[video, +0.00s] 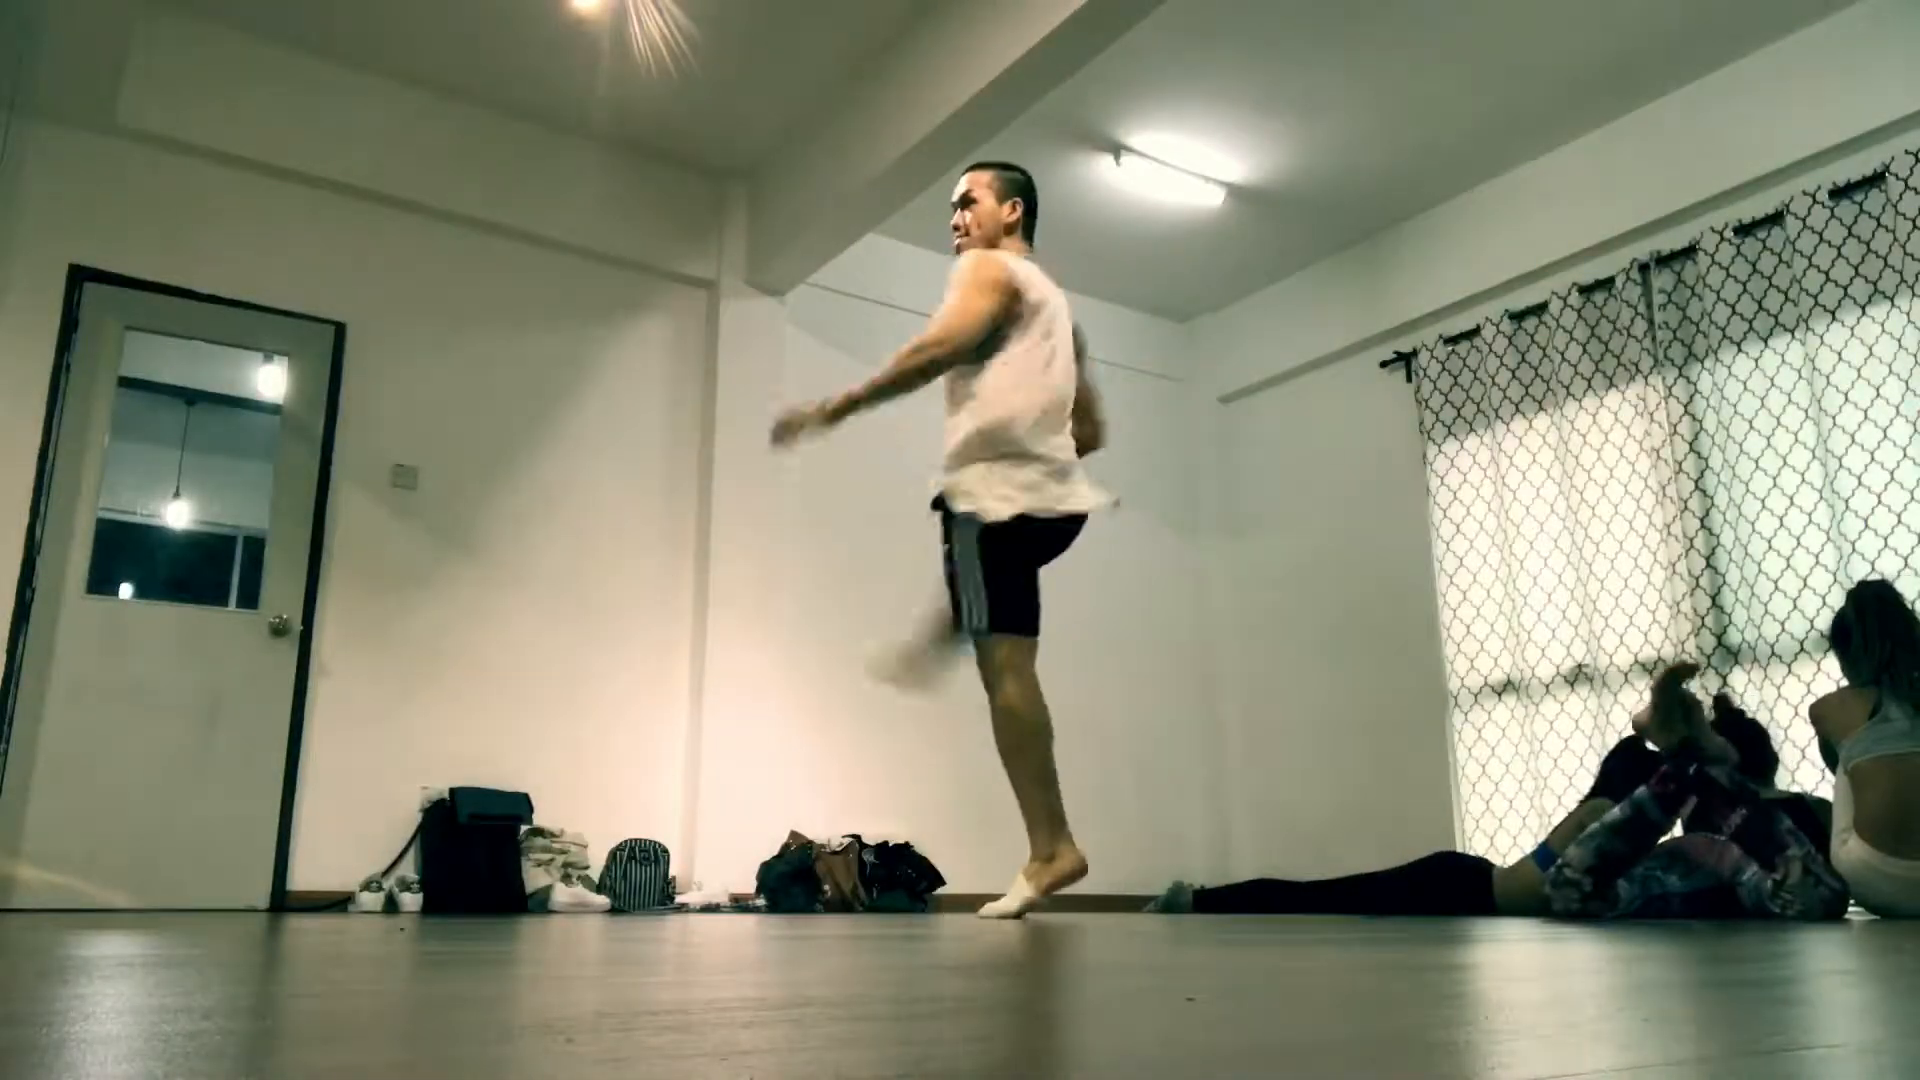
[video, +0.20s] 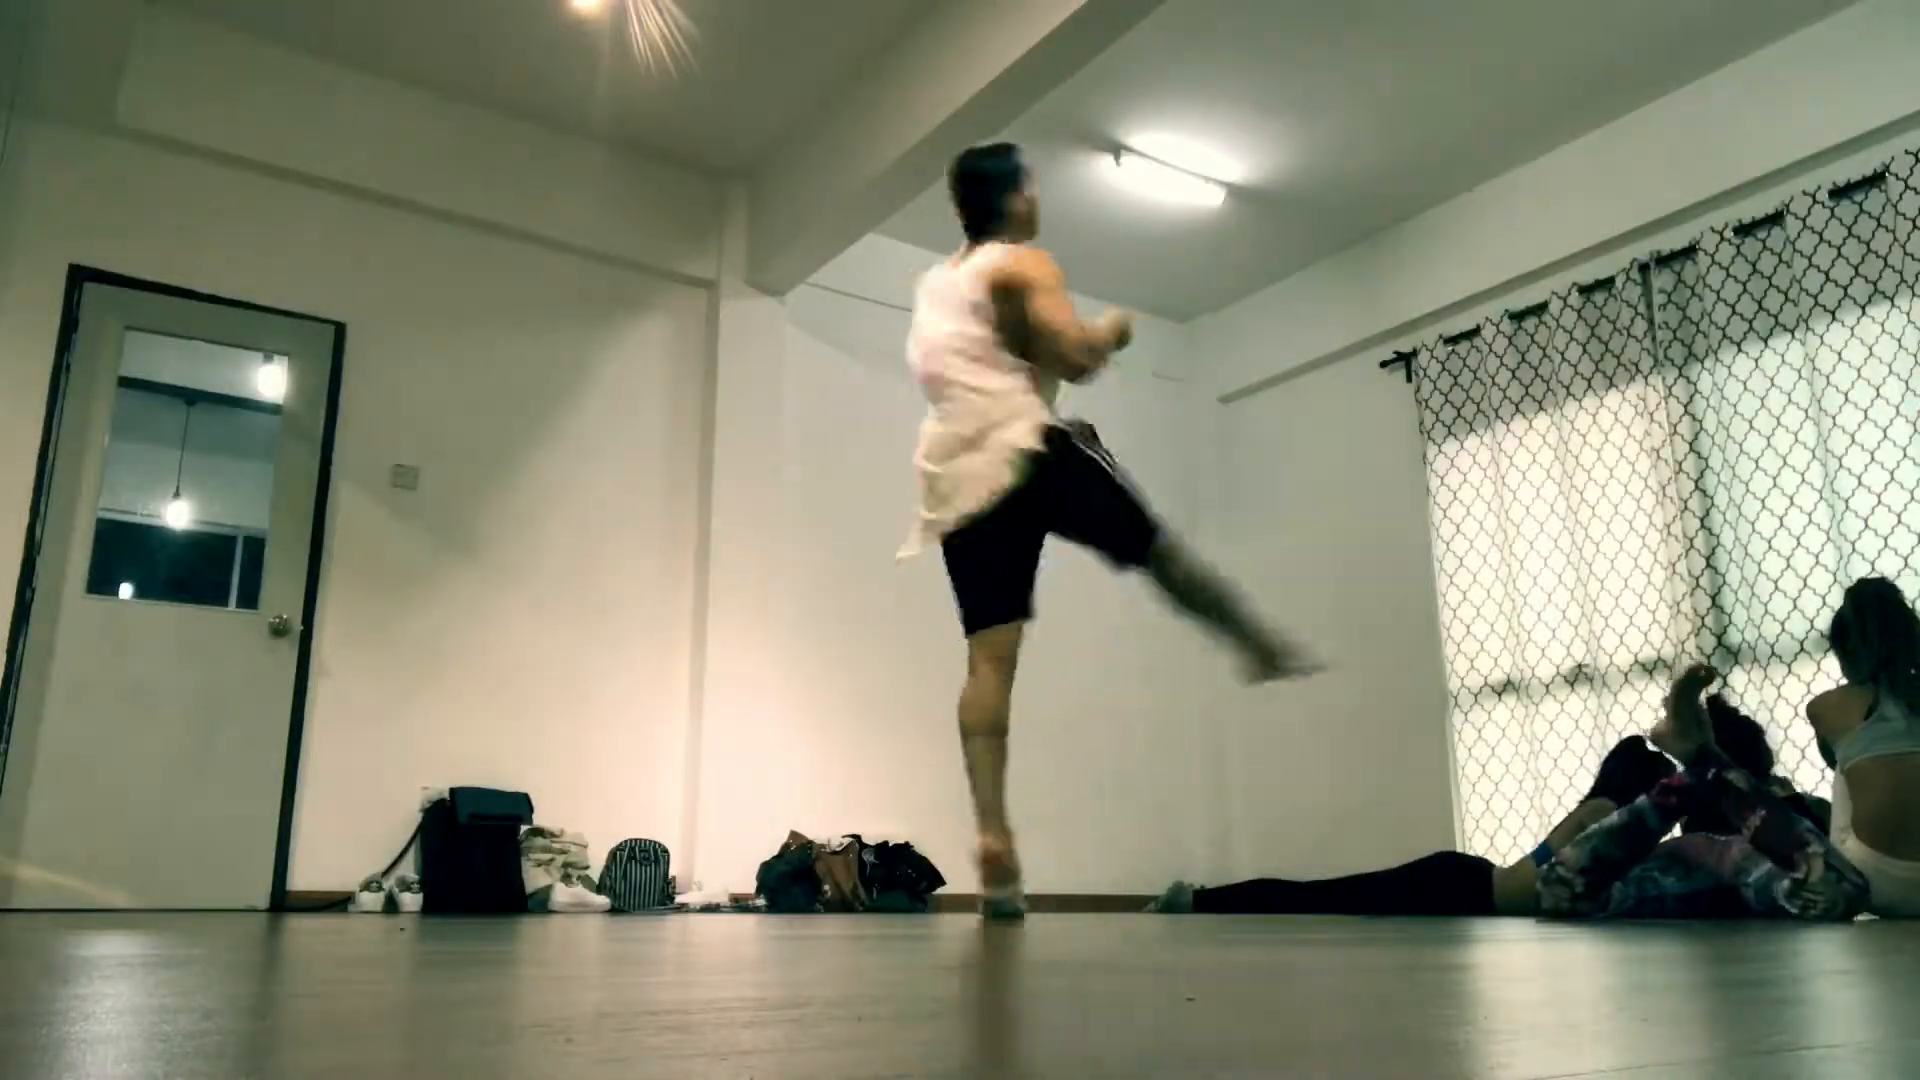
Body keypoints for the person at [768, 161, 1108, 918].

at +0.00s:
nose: (955, 217)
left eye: (969, 202)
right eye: (955, 206)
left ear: (1015, 212)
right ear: (1015, 220)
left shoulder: (988, 267)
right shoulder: (1052, 302)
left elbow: (940, 348)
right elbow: (1088, 430)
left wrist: (830, 410)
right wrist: (1001, 454)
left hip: (995, 503)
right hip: (1055, 504)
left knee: (1009, 675)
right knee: (979, 556)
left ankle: (1051, 850)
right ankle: (923, 657)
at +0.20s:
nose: (1036, 200)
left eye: (1031, 187)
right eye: (1029, 189)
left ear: (963, 207)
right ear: (1014, 199)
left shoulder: (935, 285)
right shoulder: (1021, 265)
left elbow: (974, 367)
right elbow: (1073, 356)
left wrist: (1057, 352)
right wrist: (1112, 331)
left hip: (960, 493)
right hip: (1033, 463)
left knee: (989, 663)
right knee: (1157, 552)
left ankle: (991, 835)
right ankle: (1261, 647)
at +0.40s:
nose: (971, 265)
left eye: (982, 248)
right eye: (964, 257)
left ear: (1028, 253)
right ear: (965, 272)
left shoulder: (1086, 336)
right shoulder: (965, 333)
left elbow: (1169, 385)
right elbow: (940, 375)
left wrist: (1237, 427)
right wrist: (923, 373)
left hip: (1052, 512)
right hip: (976, 503)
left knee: (1053, 697)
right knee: (1072, 500)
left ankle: (1019, 875)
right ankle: (1181, 500)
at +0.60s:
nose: (986, 229)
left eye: (1000, 214)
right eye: (982, 221)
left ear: (1048, 223)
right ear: (995, 240)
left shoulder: (1109, 276)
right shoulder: (994, 338)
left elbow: (1232, 256)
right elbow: (909, 394)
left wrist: (1344, 237)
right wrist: (825, 420)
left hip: (1104, 513)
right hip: (1021, 489)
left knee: (1066, 692)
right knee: (887, 486)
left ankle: (1027, 873)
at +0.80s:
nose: (990, 196)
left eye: (1004, 181)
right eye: (988, 186)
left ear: (1050, 186)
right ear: (1028, 196)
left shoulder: (1060, 234)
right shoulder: (1052, 255)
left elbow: (1078, 271)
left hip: (1078, 466)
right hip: (1063, 467)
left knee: (1083, 661)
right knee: (984, 538)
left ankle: (1103, 847)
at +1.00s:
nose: (1073, 200)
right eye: (1075, 188)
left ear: (1004, 201)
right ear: (1071, 194)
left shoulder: (968, 276)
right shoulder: (1087, 252)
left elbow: (956, 384)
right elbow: (1154, 335)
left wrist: (1015, 348)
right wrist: (1149, 340)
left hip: (1025, 494)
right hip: (1113, 461)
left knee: (1047, 670)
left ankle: (1067, 853)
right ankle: (1271, 614)